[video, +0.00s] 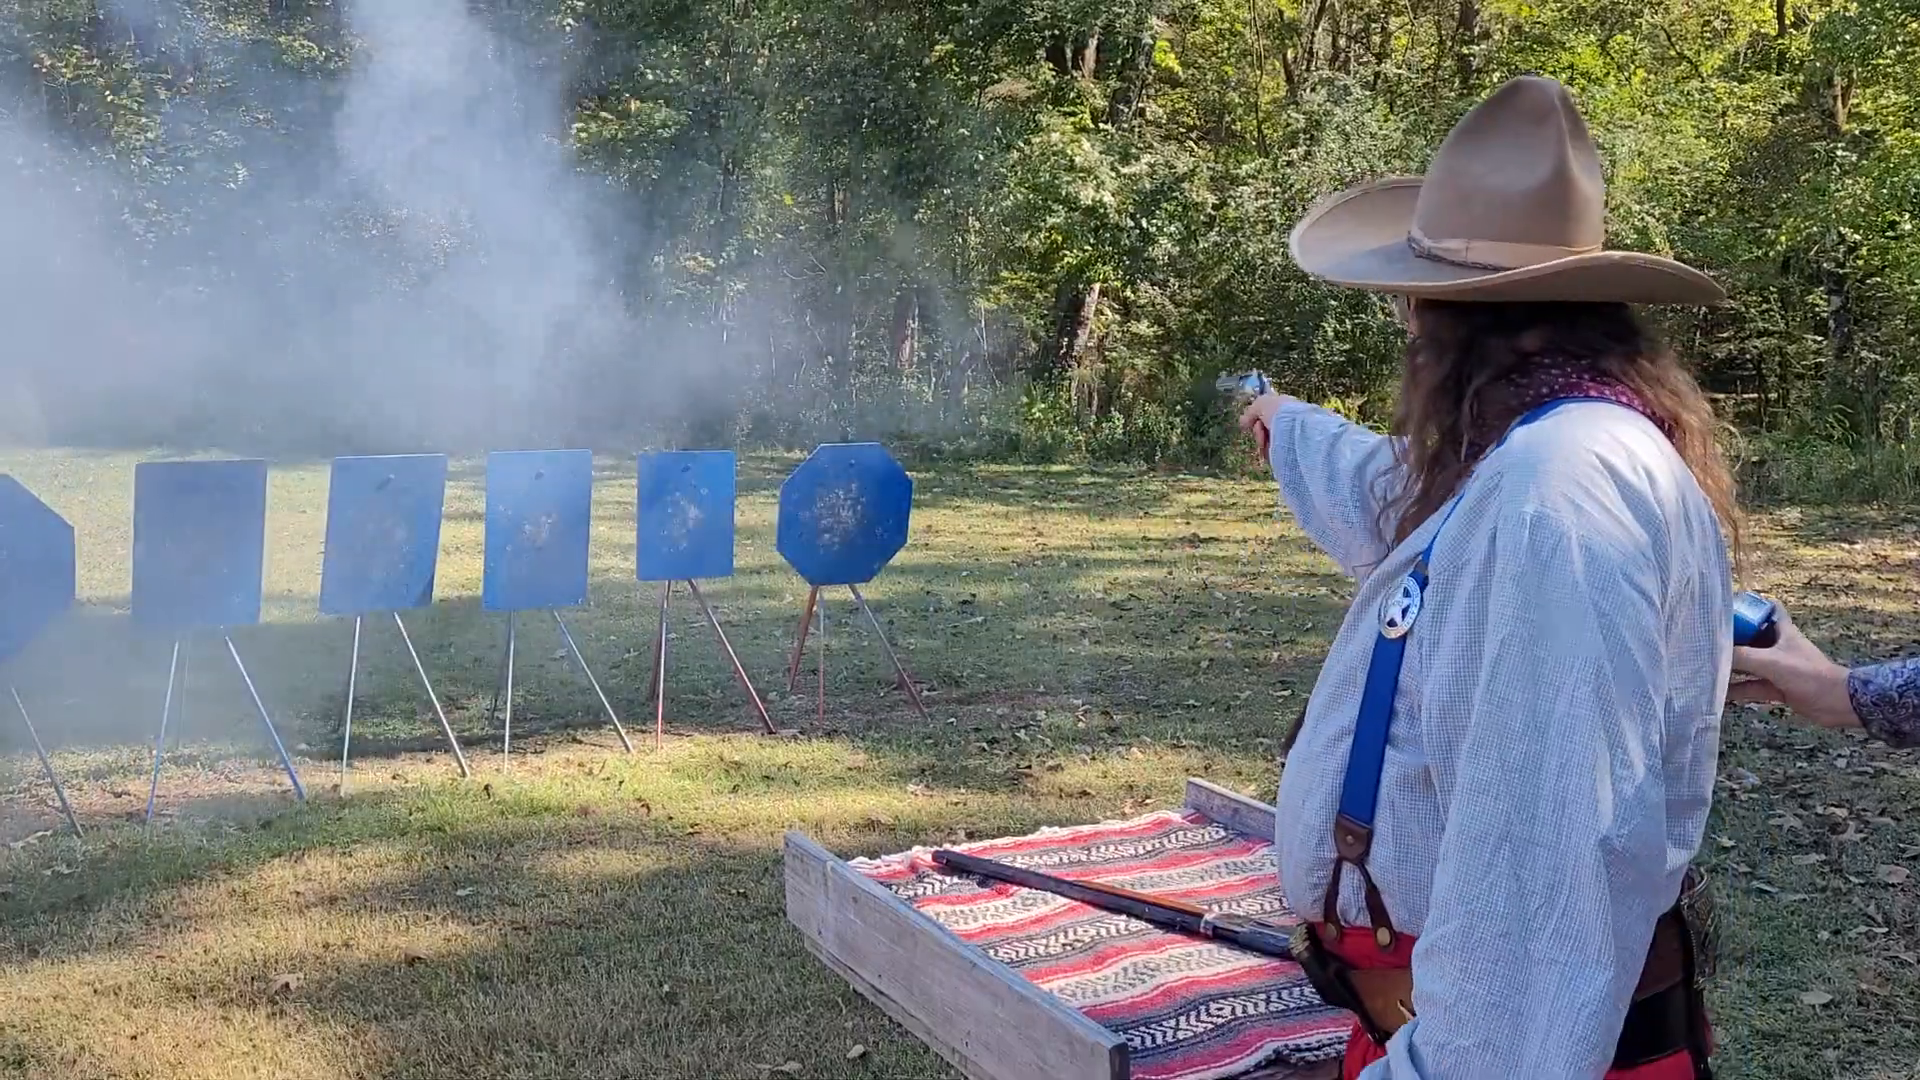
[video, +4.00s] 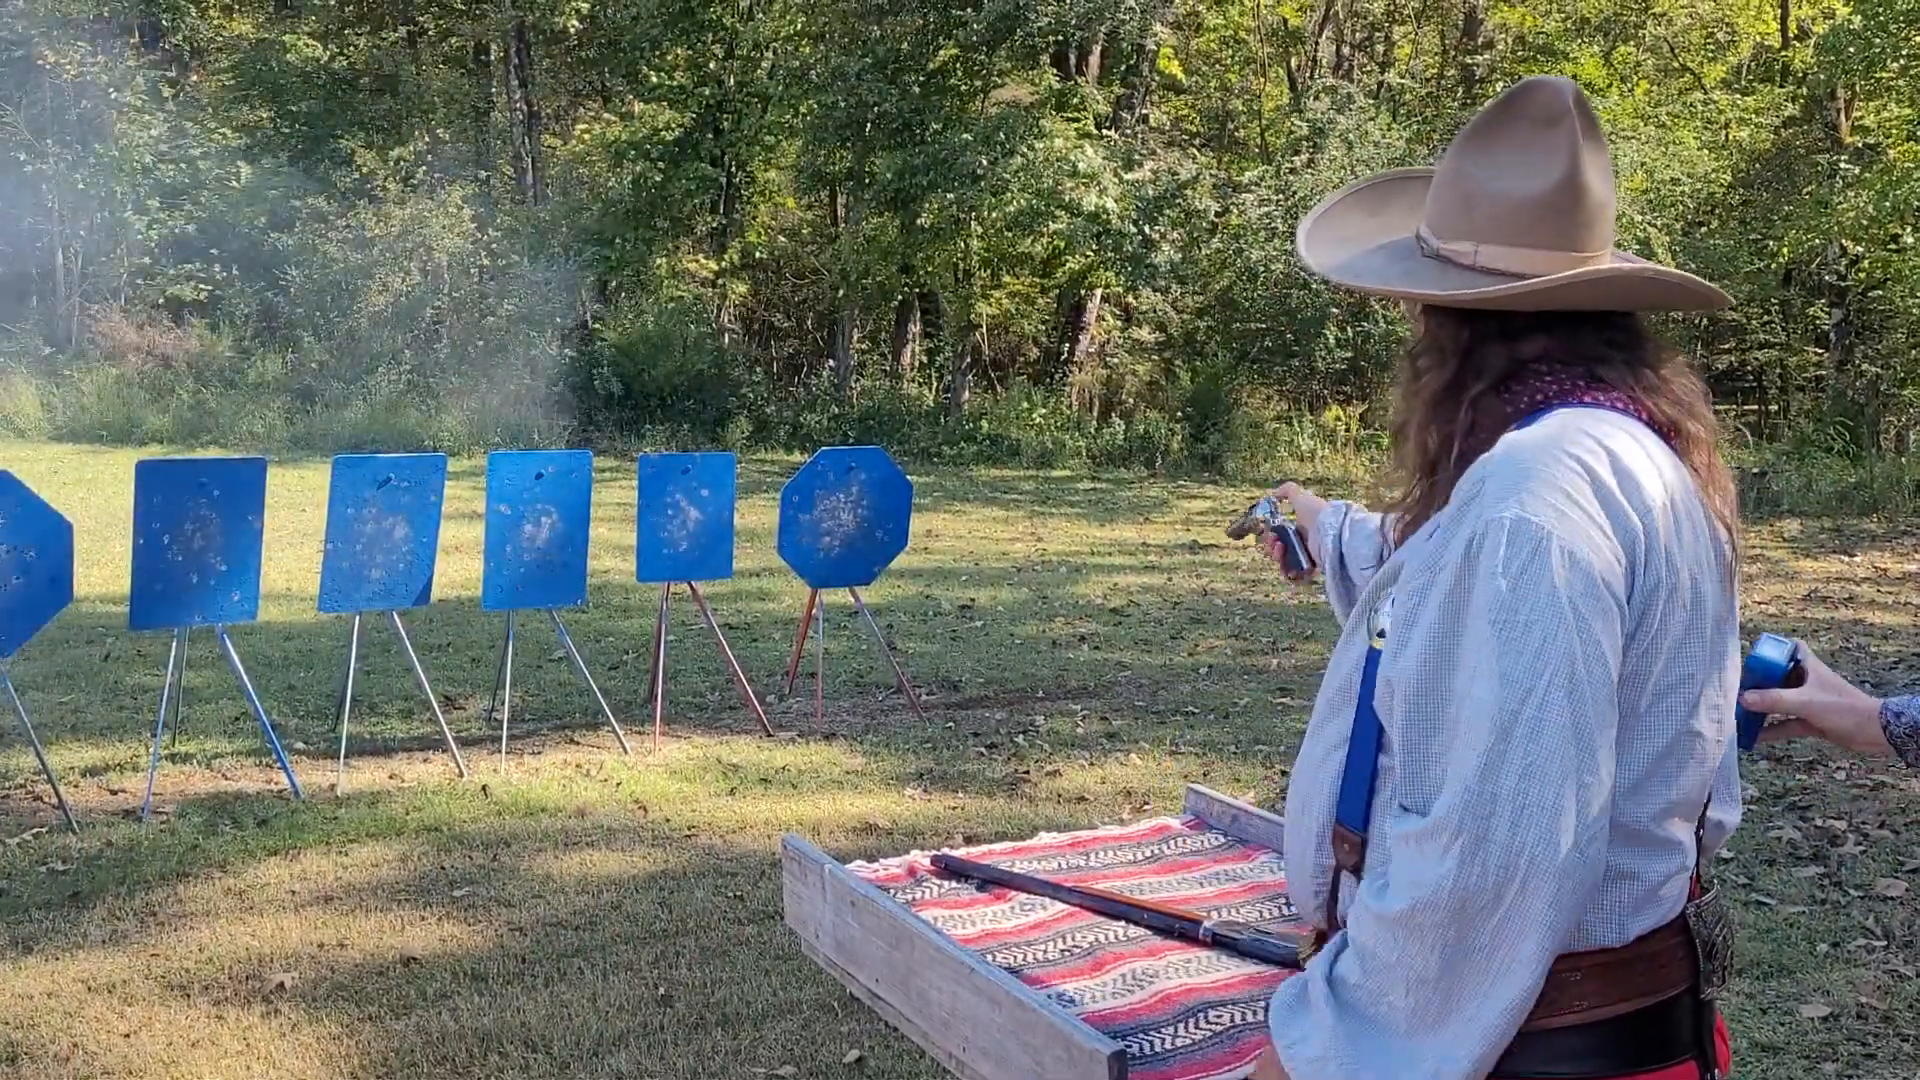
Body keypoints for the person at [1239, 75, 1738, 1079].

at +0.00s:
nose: (1404, 318)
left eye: (1416, 295)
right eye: (1407, 292)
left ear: (1457, 318)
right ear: (1557, 309)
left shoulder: (1557, 492)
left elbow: (1544, 873)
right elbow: (1394, 493)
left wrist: (1433, 1060)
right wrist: (1285, 427)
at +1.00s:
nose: (1406, 324)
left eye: (1417, 300)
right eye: (1409, 296)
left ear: (1454, 317)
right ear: (1567, 304)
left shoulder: (1551, 488)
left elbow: (1548, 859)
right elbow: (1401, 500)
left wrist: (1439, 1058)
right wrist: (1287, 436)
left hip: (1510, 1022)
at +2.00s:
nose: (1361, 378)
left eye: (1364, 351)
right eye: (1358, 352)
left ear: (1395, 355)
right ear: (1534, 307)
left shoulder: (1497, 459)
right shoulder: (1627, 420)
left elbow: (1674, 697)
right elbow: (1771, 554)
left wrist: (1510, 951)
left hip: (1488, 1046)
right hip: (1617, 1019)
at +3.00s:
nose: (1406, 328)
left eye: (1417, 305)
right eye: (1410, 303)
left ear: (1457, 315)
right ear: (1589, 307)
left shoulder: (1503, 453)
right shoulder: (1665, 454)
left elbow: (1354, 737)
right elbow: (1709, 791)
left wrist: (1234, 683)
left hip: (1497, 1038)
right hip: (1639, 1006)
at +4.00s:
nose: (1412, 332)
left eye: (1423, 308)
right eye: (1416, 303)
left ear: (1457, 324)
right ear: (1588, 312)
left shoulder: (1532, 502)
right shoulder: (1642, 457)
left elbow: (1498, 848)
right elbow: (1483, 596)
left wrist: (1326, 1031)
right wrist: (1335, 535)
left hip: (1540, 1021)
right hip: (1643, 980)